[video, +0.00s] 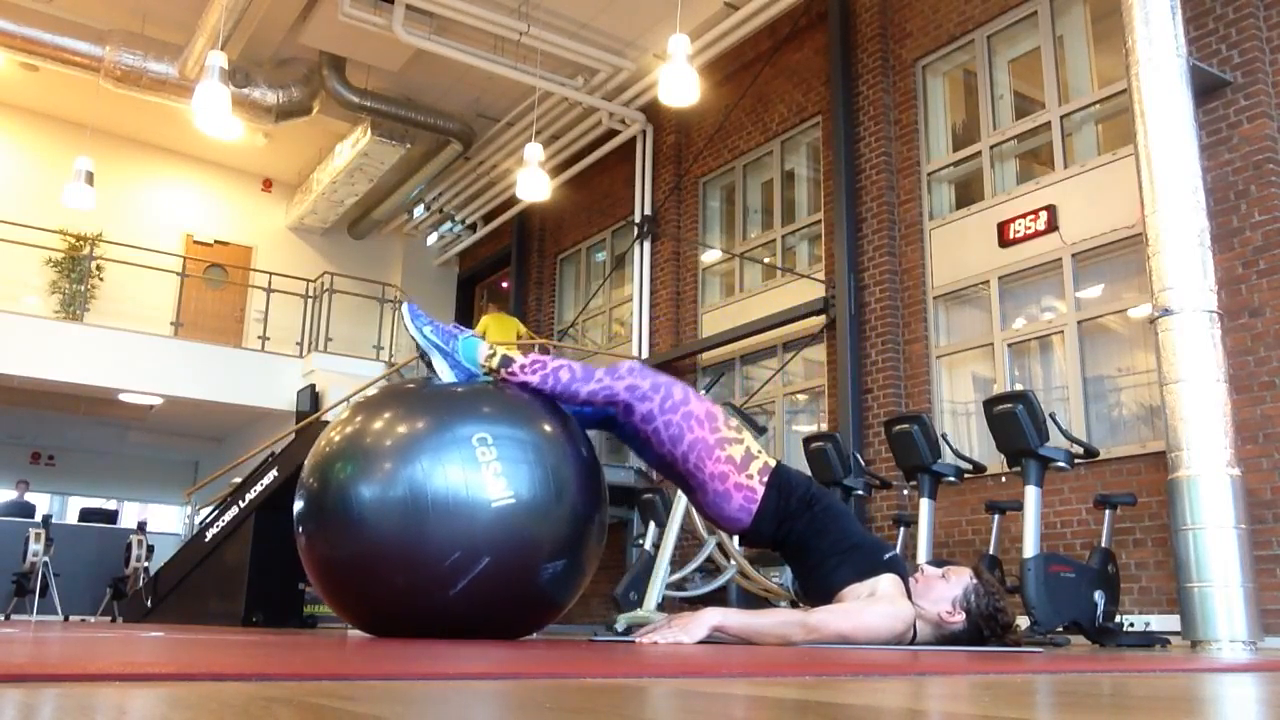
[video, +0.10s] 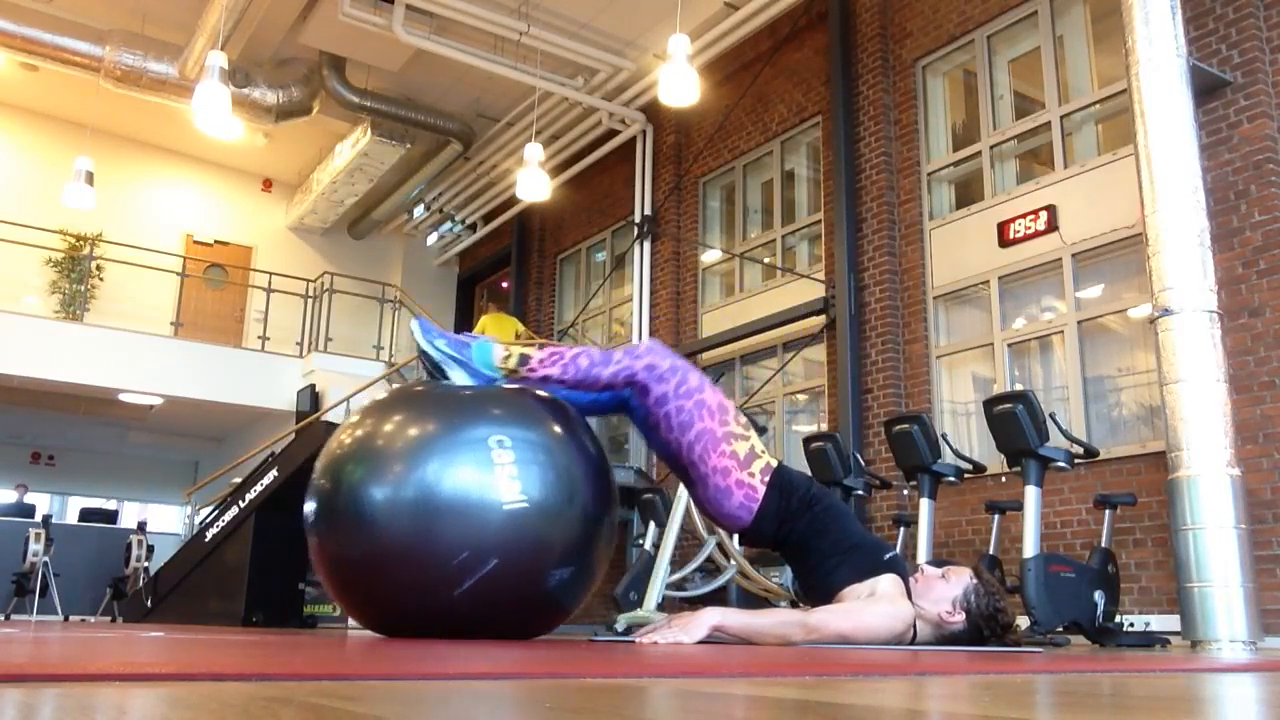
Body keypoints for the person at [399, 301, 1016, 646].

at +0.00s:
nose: (936, 571)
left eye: (949, 583)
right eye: (949, 570)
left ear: (946, 618)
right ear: (942, 592)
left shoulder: (893, 609)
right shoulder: (890, 590)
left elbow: (803, 626)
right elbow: (801, 622)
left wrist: (711, 618)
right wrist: (716, 622)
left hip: (752, 491)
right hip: (760, 478)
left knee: (636, 383)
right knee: (638, 380)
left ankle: (484, 363)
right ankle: (498, 368)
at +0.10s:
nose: (935, 568)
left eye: (949, 580)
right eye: (948, 569)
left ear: (947, 616)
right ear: (943, 598)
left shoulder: (892, 609)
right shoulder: (890, 593)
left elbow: (804, 626)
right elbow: (802, 622)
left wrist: (710, 619)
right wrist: (714, 623)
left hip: (749, 492)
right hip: (760, 481)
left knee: (650, 364)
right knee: (654, 360)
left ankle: (490, 363)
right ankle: (520, 373)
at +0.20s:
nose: (934, 569)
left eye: (946, 581)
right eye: (946, 569)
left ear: (945, 617)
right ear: (939, 601)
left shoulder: (892, 607)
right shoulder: (891, 595)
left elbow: (803, 627)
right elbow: (803, 623)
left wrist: (709, 619)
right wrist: (712, 621)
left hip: (745, 489)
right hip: (757, 484)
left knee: (677, 337)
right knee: (679, 346)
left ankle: (523, 364)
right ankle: (535, 372)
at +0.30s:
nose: (937, 568)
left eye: (947, 579)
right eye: (950, 569)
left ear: (944, 615)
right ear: (943, 602)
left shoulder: (888, 613)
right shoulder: (894, 598)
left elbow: (793, 630)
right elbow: (797, 624)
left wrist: (708, 621)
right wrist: (713, 619)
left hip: (745, 485)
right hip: (763, 476)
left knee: (716, 324)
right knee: (719, 331)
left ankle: (570, 367)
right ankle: (586, 377)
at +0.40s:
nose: (937, 565)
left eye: (948, 578)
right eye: (948, 567)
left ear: (944, 614)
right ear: (936, 587)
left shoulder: (891, 614)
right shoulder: (897, 600)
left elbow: (801, 627)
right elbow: (796, 624)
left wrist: (713, 620)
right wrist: (711, 619)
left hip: (750, 479)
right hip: (768, 479)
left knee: (765, 314)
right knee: (766, 327)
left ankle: (625, 364)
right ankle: (630, 376)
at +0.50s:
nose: (934, 565)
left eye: (947, 575)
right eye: (948, 566)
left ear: (948, 613)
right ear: (945, 614)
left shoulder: (891, 611)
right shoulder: (906, 612)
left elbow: (803, 627)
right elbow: (807, 625)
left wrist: (712, 618)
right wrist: (717, 623)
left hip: (765, 471)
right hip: (784, 483)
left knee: (814, 311)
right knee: (812, 326)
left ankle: (674, 368)